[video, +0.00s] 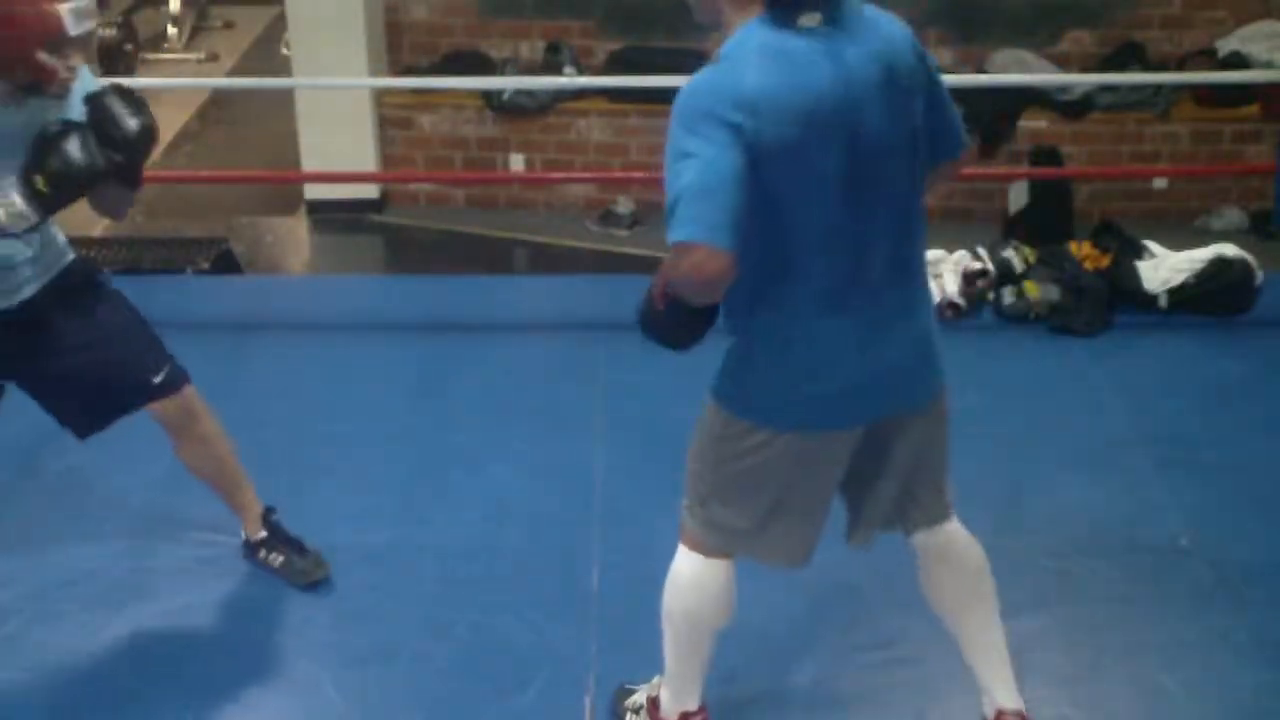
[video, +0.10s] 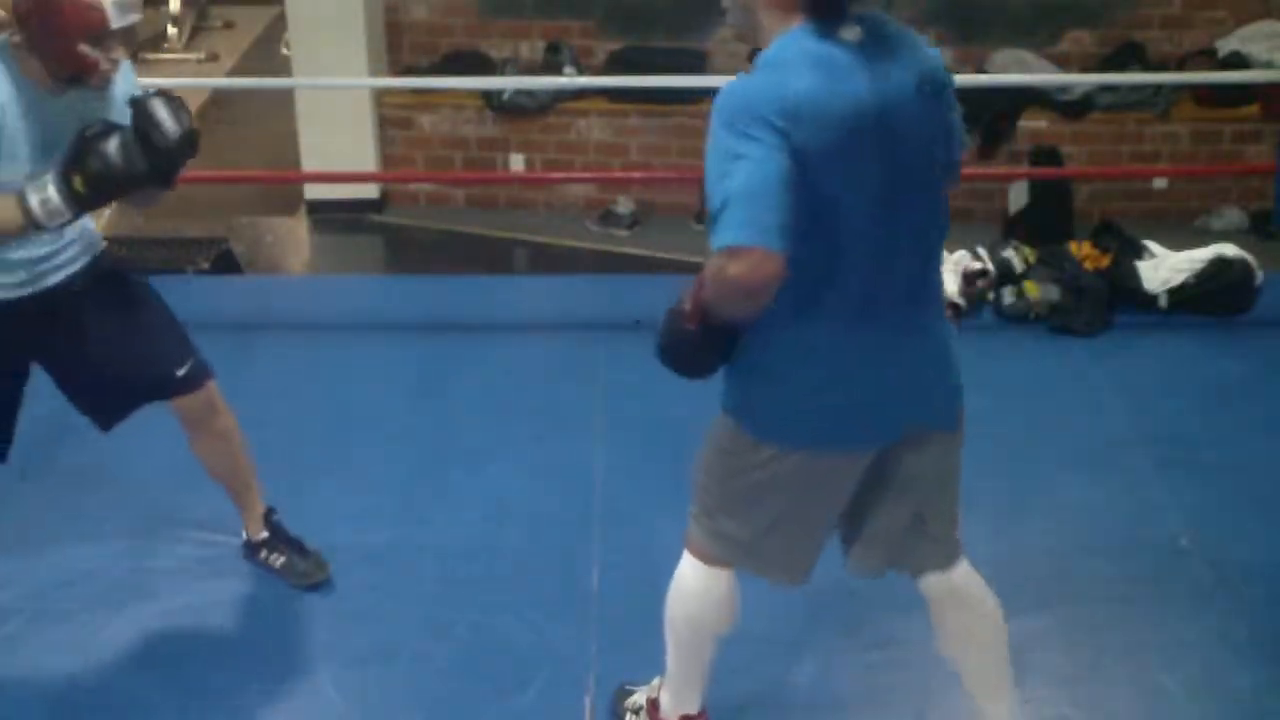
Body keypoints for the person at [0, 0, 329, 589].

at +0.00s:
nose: (60, 65)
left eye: (62, 46)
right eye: (44, 54)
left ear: (67, 36)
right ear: (9, 60)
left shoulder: (73, 83)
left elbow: (111, 208)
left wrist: (121, 166)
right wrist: (34, 197)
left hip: (39, 270)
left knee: (170, 391)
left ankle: (258, 528)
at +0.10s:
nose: (112, 61)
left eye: (118, 41)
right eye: (95, 49)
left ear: (123, 27)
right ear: (39, 45)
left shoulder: (110, 67)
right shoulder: (6, 90)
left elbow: (137, 196)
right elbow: (3, 214)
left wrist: (153, 162)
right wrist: (59, 194)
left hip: (74, 268)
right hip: (4, 293)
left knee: (195, 389)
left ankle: (259, 529)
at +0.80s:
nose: (126, 29)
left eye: (138, 17)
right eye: (115, 15)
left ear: (148, 11)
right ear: (71, 2)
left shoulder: (154, 37)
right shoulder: (14, 44)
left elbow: (212, 163)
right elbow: (22, 190)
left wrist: (206, 100)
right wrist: (95, 128)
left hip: (150, 261)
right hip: (32, 277)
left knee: (261, 389)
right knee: (4, 427)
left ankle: (338, 523)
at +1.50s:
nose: (166, 3)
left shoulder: (217, 11)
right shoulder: (62, 18)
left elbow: (268, 130)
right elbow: (66, 158)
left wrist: (264, 78)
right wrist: (129, 104)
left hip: (224, 230)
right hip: (107, 242)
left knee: (323, 370)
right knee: (54, 393)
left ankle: (412, 504)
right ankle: (61, 481)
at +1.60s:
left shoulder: (254, 14)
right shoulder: (103, 21)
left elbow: (324, 135)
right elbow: (110, 157)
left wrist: (304, 70)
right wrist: (172, 88)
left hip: (253, 235)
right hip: (134, 242)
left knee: (346, 377)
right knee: (75, 382)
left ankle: (424, 516)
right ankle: (59, 476)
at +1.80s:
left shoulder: (337, 13)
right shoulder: (189, 11)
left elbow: (382, 145)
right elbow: (196, 145)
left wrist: (374, 71)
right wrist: (259, 80)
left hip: (298, 223)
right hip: (188, 221)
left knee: (378, 367)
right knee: (122, 358)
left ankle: (428, 518)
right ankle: (106, 461)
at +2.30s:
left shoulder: (357, 6)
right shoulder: (207, 6)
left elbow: (425, 100)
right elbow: (198, 117)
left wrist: (403, 31)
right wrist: (249, 61)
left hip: (351, 213)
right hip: (243, 214)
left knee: (425, 361)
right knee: (198, 345)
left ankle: (514, 502)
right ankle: (193, 435)